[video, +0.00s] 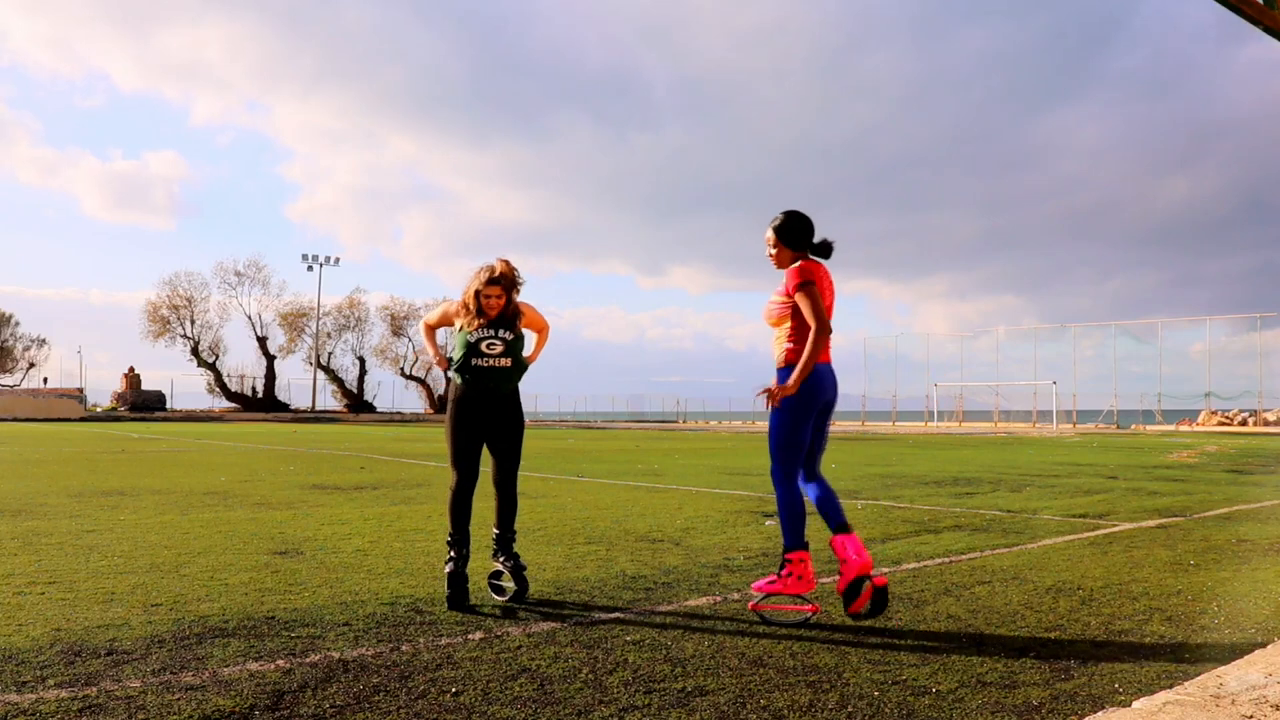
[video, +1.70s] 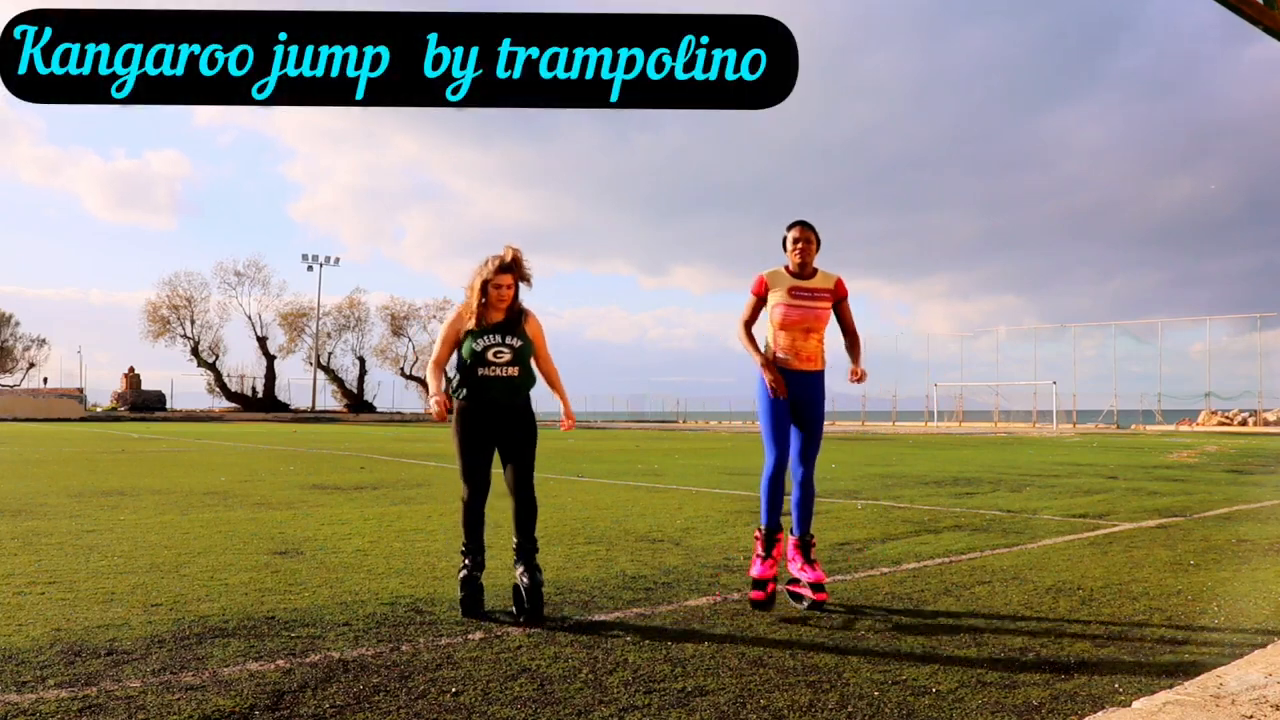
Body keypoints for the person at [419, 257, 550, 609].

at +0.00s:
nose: (493, 303)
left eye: (500, 297)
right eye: (488, 296)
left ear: (509, 295)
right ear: (476, 293)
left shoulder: (519, 313)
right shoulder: (457, 311)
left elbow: (543, 328)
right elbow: (426, 324)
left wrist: (530, 358)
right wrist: (435, 355)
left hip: (506, 402)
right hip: (465, 402)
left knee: (506, 482)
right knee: (464, 480)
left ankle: (504, 550)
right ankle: (457, 553)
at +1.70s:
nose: (504, 292)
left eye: (509, 286)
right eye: (497, 285)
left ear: (516, 288)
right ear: (484, 286)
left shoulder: (527, 321)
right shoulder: (463, 318)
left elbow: (545, 365)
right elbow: (436, 364)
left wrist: (563, 400)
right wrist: (436, 392)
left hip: (516, 414)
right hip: (473, 415)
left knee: (523, 489)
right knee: (473, 492)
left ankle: (526, 565)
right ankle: (472, 564)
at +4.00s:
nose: (555, 250)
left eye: (565, 246)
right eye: (549, 242)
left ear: (576, 254)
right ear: (537, 245)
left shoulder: (584, 297)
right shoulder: (511, 281)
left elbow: (609, 342)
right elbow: (477, 330)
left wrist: (612, 356)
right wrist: (451, 378)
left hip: (545, 402)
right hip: (495, 397)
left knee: (546, 493)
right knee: (487, 485)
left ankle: (548, 592)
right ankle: (475, 587)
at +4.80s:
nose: (544, 282)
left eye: (553, 276)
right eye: (538, 274)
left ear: (566, 283)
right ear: (527, 280)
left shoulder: (577, 329)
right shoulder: (506, 316)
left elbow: (582, 380)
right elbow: (476, 366)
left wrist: (578, 426)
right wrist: (477, 401)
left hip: (548, 430)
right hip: (498, 422)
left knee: (543, 516)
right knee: (455, 498)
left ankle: (539, 606)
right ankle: (428, 586)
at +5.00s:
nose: (504, 260)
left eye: (512, 253)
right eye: (497, 253)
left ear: (524, 258)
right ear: (485, 257)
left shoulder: (542, 292)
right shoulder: (468, 290)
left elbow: (565, 344)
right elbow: (431, 340)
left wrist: (585, 398)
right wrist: (458, 325)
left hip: (540, 397)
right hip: (491, 398)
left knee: (556, 484)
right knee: (482, 490)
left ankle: (577, 578)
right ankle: (480, 585)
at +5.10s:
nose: (492, 272)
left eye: (499, 265)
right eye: (484, 265)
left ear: (512, 267)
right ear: (472, 268)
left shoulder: (530, 304)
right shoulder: (454, 304)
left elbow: (562, 352)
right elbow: (421, 355)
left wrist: (594, 396)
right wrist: (443, 333)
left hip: (533, 404)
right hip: (483, 410)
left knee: (568, 488)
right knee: (484, 503)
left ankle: (609, 573)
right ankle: (488, 598)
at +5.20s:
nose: (475, 286)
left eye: (483, 279)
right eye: (468, 278)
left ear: (496, 283)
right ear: (456, 284)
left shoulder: (517, 322)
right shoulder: (441, 327)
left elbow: (555, 363)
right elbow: (430, 386)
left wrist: (585, 402)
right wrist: (432, 362)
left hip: (524, 421)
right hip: (474, 430)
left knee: (579, 488)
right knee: (478, 517)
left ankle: (635, 559)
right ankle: (488, 604)